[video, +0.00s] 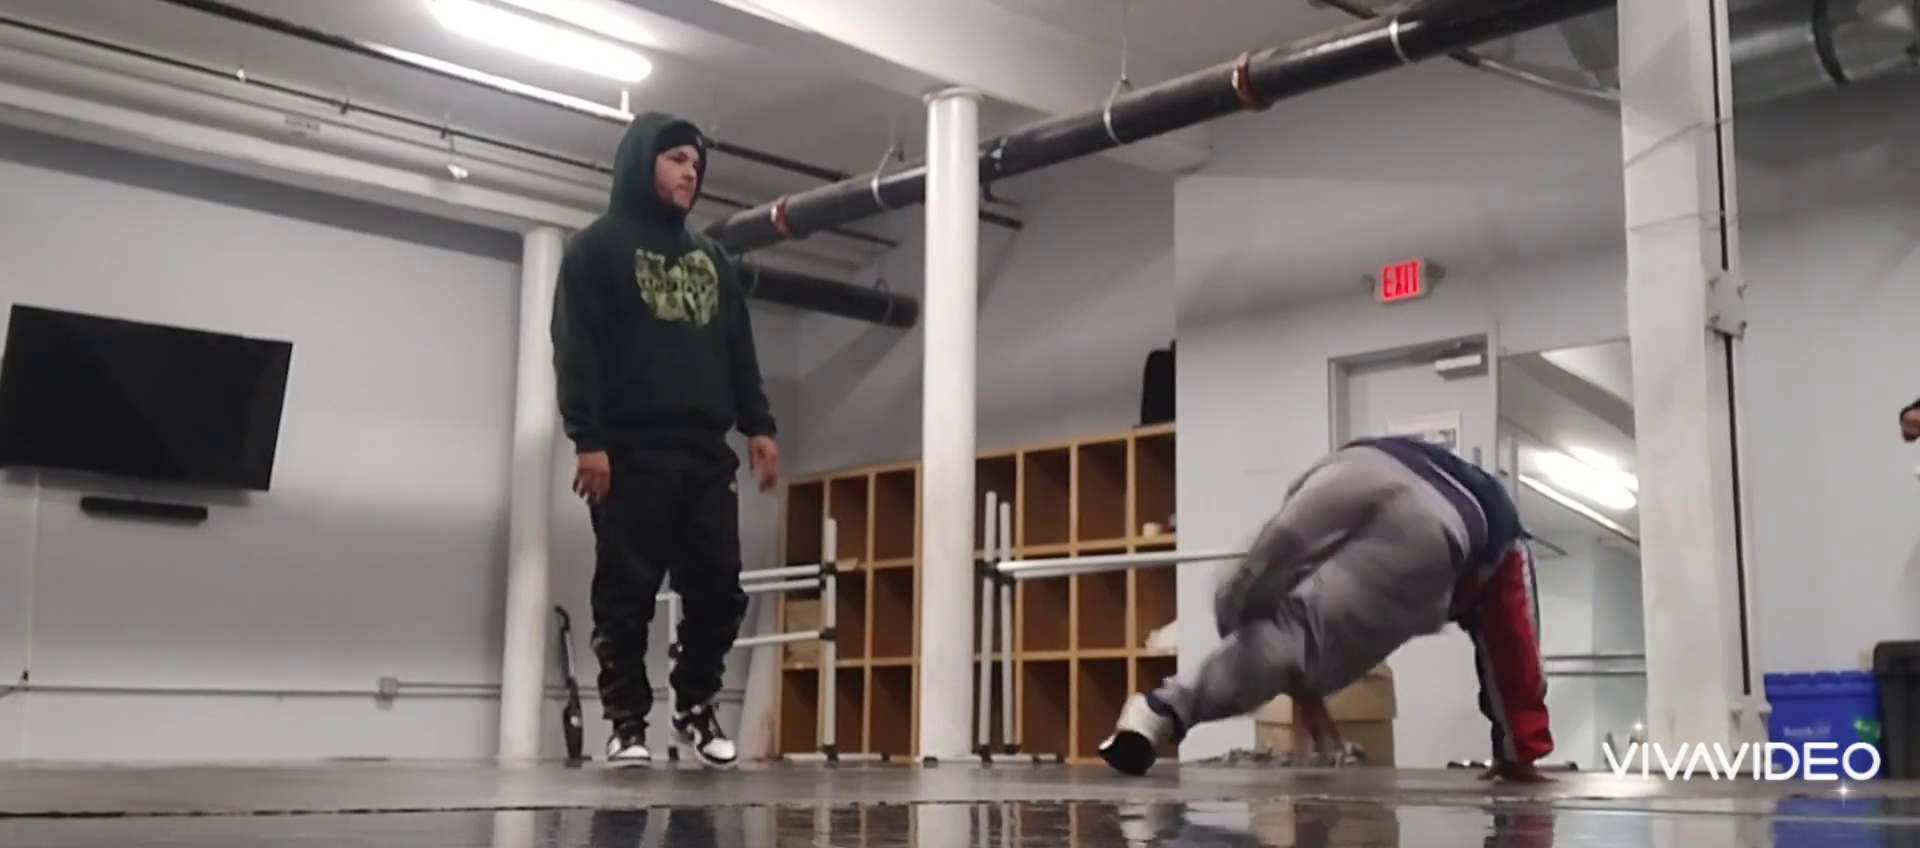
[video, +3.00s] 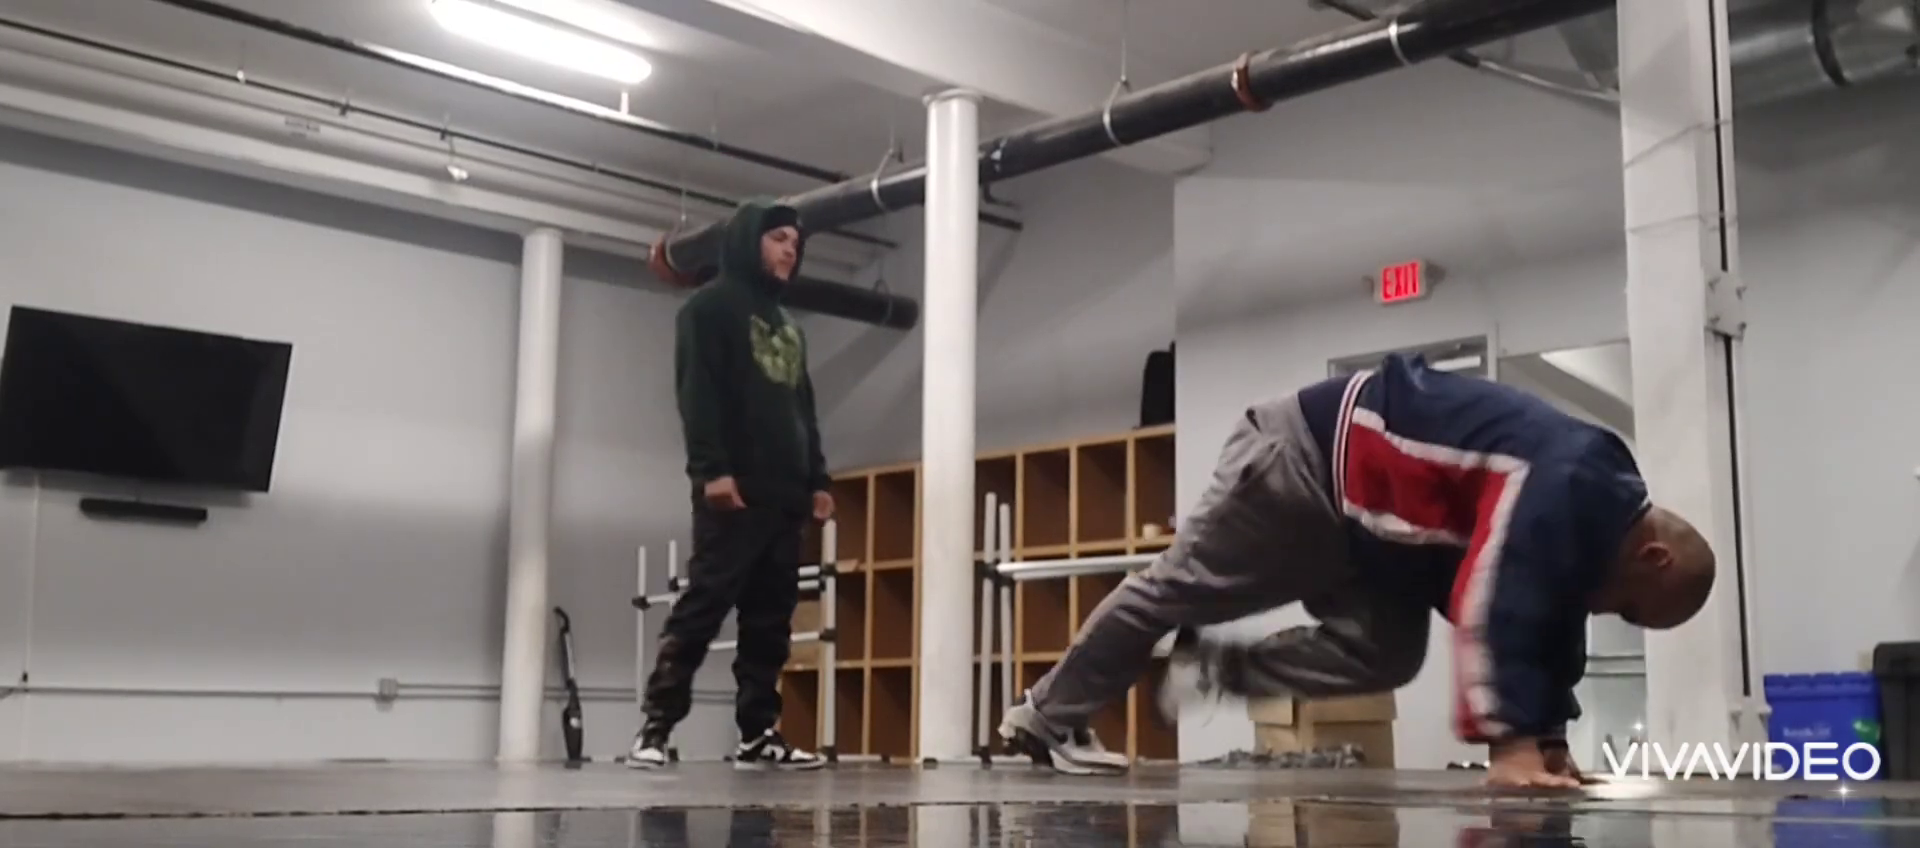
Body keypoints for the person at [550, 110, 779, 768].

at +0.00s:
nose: (689, 172)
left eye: (696, 164)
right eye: (677, 158)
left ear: (698, 177)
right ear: (642, 163)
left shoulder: (712, 256)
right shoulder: (596, 248)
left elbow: (739, 348)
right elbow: (575, 348)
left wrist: (759, 427)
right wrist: (589, 444)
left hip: (705, 450)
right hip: (630, 449)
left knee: (718, 591)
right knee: (626, 592)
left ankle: (695, 713)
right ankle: (627, 725)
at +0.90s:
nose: (744, 212)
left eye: (749, 204)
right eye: (733, 199)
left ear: (748, 215)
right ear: (699, 201)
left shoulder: (737, 290)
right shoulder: (657, 269)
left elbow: (746, 387)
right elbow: (655, 369)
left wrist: (752, 475)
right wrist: (689, 445)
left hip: (725, 459)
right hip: (663, 452)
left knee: (705, 599)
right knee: (650, 586)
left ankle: (684, 731)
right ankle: (624, 727)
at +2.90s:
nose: (776, 248)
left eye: (781, 242)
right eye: (766, 237)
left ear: (781, 253)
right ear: (734, 241)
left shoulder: (777, 325)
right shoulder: (691, 307)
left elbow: (793, 409)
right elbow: (676, 392)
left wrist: (805, 477)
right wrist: (690, 469)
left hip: (771, 489)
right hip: (713, 484)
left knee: (763, 617)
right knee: (685, 610)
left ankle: (758, 735)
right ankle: (649, 734)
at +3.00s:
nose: (789, 251)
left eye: (794, 244)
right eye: (779, 239)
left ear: (795, 255)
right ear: (748, 241)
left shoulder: (787, 325)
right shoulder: (707, 308)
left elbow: (804, 409)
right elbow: (697, 394)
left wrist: (817, 481)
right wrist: (711, 471)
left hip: (785, 489)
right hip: (730, 485)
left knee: (770, 615)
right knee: (703, 607)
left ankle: (758, 735)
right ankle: (655, 732)